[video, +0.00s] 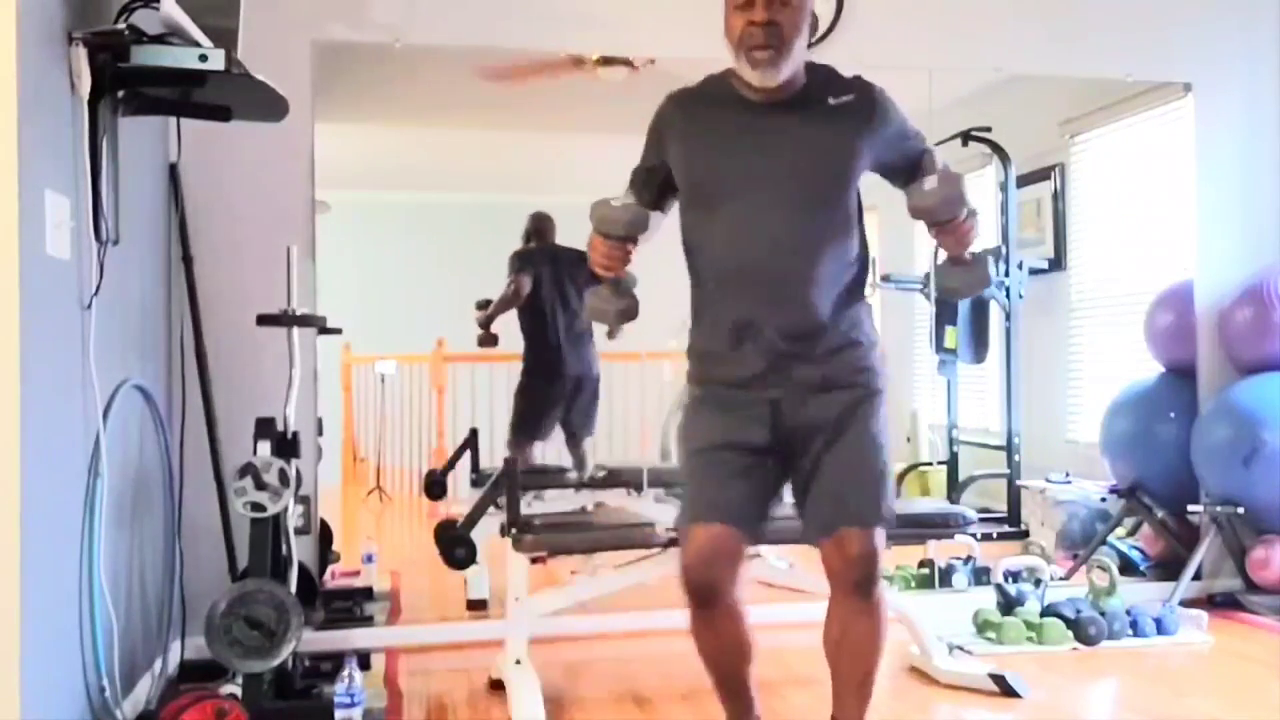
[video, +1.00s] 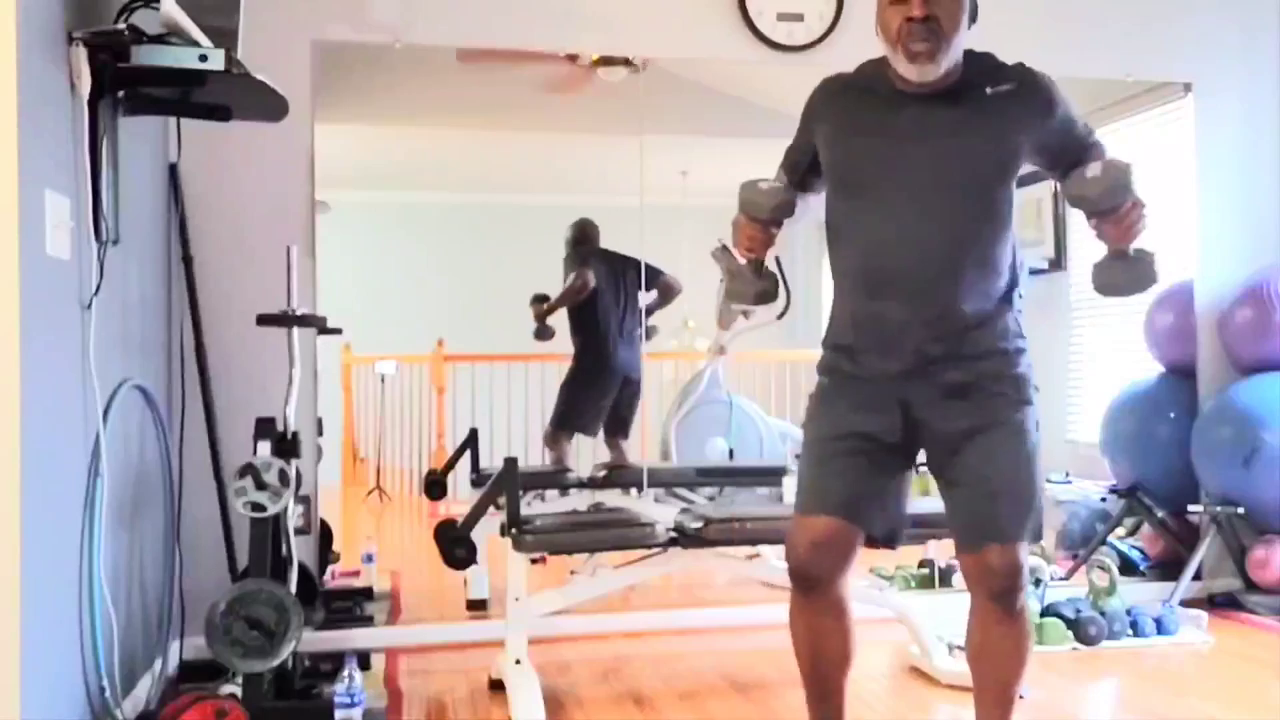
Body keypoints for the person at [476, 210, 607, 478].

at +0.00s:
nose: (527, 239)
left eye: (527, 235)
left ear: (527, 235)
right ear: (554, 234)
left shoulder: (524, 257)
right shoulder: (577, 257)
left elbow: (520, 290)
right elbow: (619, 282)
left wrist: (488, 317)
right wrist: (615, 322)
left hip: (547, 368)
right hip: (585, 369)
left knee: (520, 443)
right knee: (577, 438)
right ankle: (584, 498)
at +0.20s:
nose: (529, 231)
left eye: (529, 227)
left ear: (531, 227)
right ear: (559, 224)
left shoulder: (528, 254)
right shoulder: (588, 250)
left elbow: (515, 301)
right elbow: (626, 294)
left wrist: (500, 320)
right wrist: (598, 310)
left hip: (555, 357)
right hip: (594, 356)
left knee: (541, 433)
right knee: (591, 426)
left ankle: (542, 496)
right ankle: (597, 476)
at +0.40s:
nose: (543, 259)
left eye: (544, 254)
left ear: (545, 254)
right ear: (572, 253)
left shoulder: (543, 280)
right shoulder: (599, 280)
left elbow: (526, 330)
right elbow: (614, 323)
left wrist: (526, 353)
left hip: (569, 373)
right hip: (608, 372)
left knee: (529, 442)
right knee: (607, 437)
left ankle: (536, 500)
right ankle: (628, 492)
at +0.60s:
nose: (558, 281)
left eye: (560, 276)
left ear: (563, 277)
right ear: (588, 277)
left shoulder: (562, 301)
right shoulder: (613, 301)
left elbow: (545, 359)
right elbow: (616, 347)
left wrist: (532, 361)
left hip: (583, 390)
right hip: (623, 391)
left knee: (528, 447)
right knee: (599, 446)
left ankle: (537, 503)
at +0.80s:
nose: (561, 252)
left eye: (562, 247)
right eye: (563, 248)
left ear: (566, 245)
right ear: (591, 244)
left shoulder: (574, 264)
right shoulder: (626, 269)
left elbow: (571, 306)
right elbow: (656, 311)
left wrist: (540, 329)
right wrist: (626, 324)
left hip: (593, 362)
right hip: (629, 365)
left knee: (549, 430)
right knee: (610, 433)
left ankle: (546, 496)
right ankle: (625, 487)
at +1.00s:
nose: (567, 249)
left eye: (569, 244)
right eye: (568, 244)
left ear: (574, 242)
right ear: (598, 240)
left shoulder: (579, 258)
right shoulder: (624, 262)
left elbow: (585, 282)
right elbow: (672, 287)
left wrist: (548, 309)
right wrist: (647, 311)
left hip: (596, 365)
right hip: (631, 367)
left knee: (556, 436)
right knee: (615, 437)